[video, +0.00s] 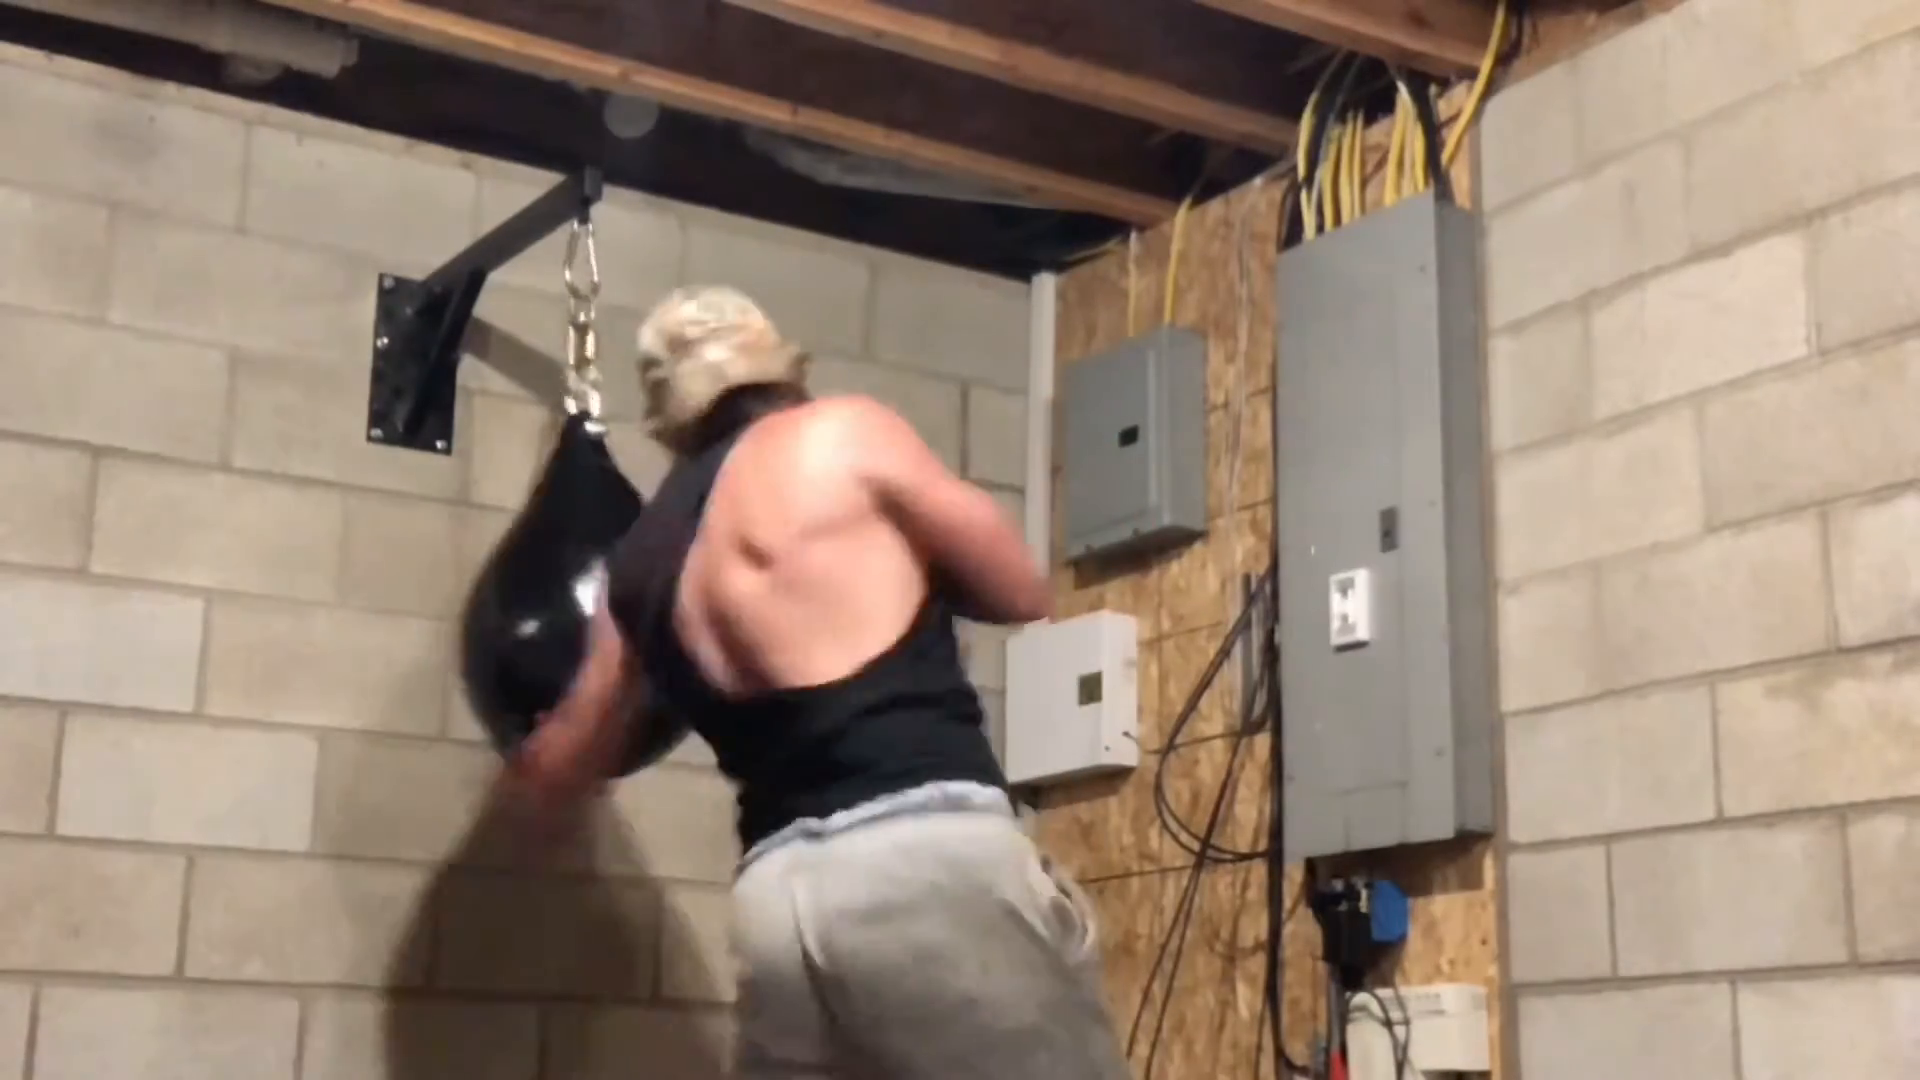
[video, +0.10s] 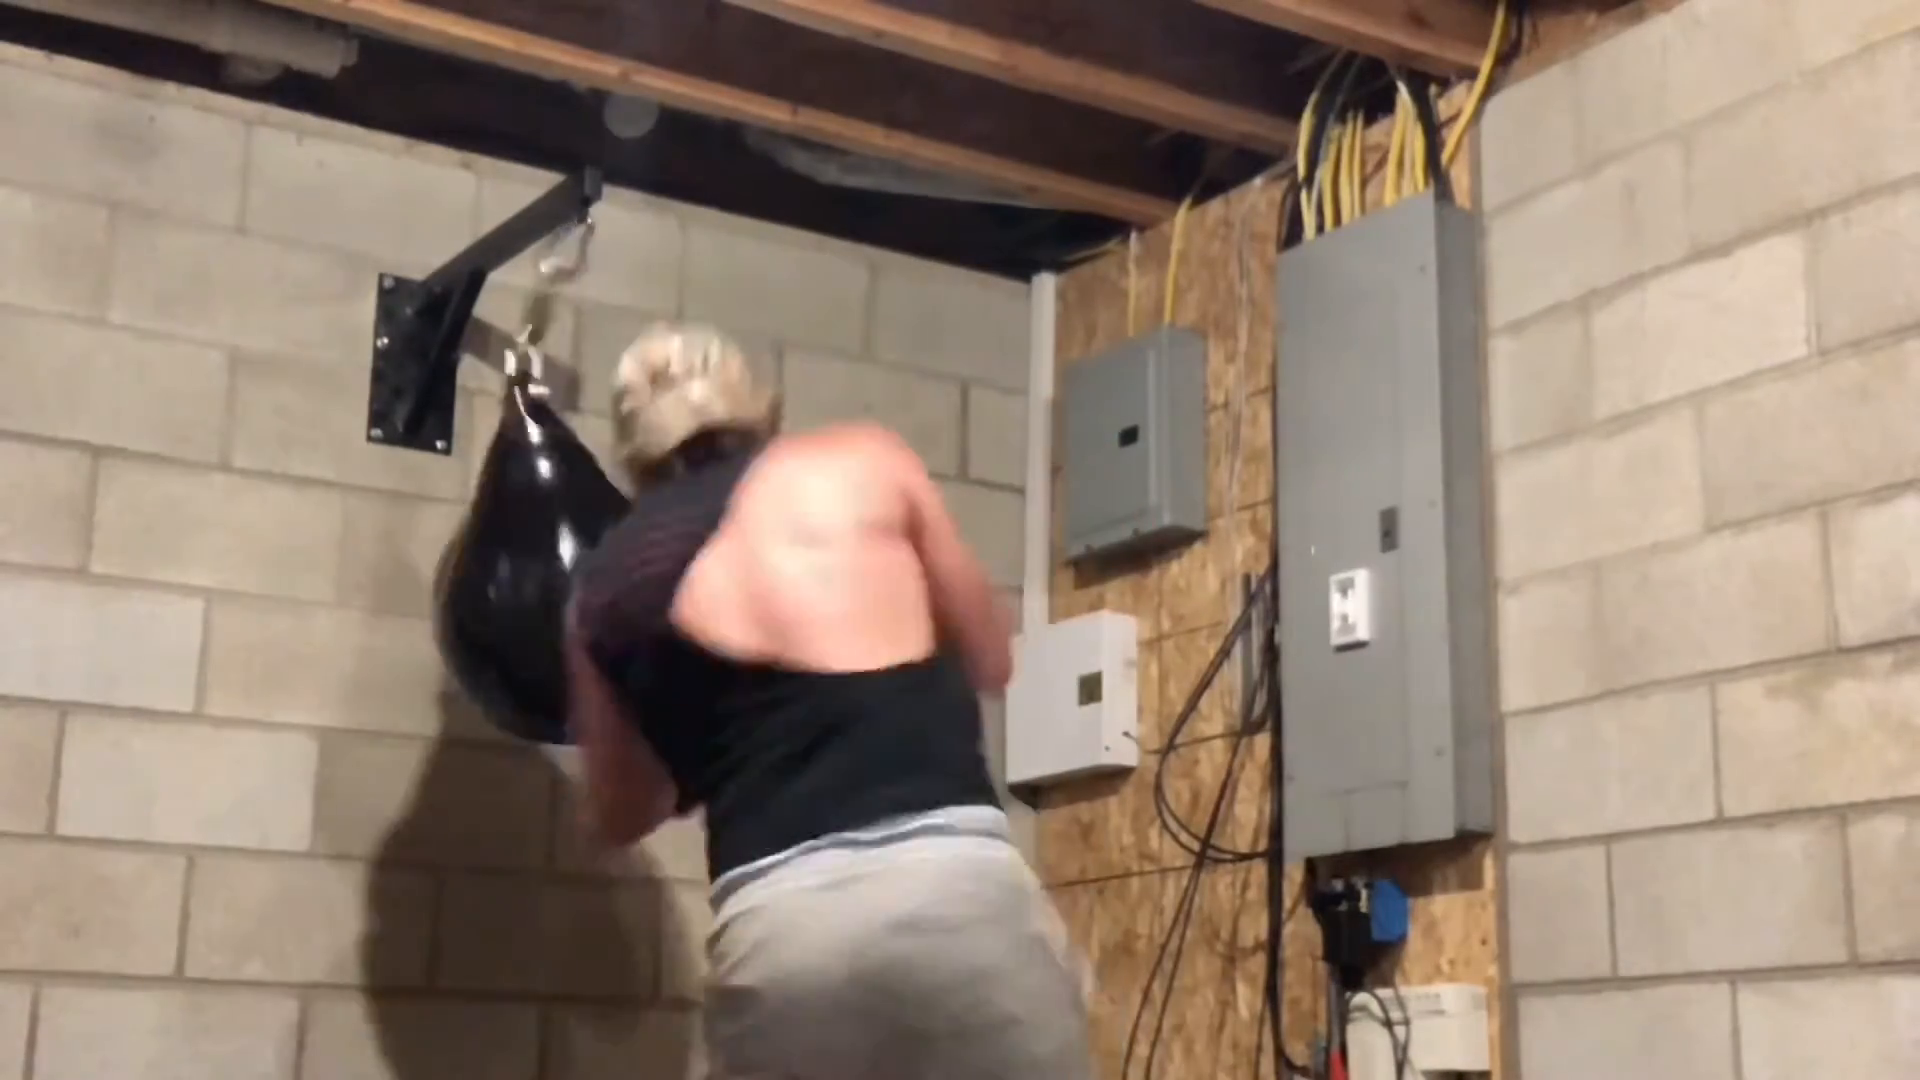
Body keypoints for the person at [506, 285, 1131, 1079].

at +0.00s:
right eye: (779, 350)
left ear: (663, 417)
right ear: (779, 362)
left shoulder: (646, 559)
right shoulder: (849, 430)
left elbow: (564, 762)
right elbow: (1021, 589)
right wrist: (900, 547)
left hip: (774, 899)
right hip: (939, 861)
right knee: (1064, 1067)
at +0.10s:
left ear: (632, 449)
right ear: (754, 402)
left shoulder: (607, 588)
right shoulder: (870, 457)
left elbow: (618, 811)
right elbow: (989, 659)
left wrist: (724, 735)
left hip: (778, 936)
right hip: (965, 895)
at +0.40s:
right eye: (873, 404)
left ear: (742, 408)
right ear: (860, 399)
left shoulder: (670, 501)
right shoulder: (868, 466)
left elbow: (498, 566)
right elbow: (976, 686)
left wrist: (432, 592)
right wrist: (989, 602)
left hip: (656, 879)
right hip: (803, 868)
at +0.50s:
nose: (866, 423)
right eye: (860, 413)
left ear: (728, 405)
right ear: (847, 406)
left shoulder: (621, 501)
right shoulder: (854, 465)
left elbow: (435, 619)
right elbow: (947, 691)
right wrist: (947, 586)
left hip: (615, 879)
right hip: (778, 858)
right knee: (910, 1064)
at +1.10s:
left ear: (795, 365)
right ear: (928, 365)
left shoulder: (698, 465)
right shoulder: (999, 461)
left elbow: (601, 666)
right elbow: (1050, 717)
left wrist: (735, 676)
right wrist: (930, 660)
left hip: (743, 888)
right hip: (937, 880)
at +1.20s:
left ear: (840, 350)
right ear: (973, 349)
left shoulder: (736, 445)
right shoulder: (1055, 444)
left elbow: (658, 652)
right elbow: (1097, 697)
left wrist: (785, 654)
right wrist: (969, 659)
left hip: (787, 871)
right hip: (982, 866)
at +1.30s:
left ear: (870, 333)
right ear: (1003, 339)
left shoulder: (770, 420)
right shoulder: (1089, 434)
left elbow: (679, 622)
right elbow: (1145, 691)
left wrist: (782, 645)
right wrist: (1017, 644)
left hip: (811, 861)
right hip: (1006, 861)